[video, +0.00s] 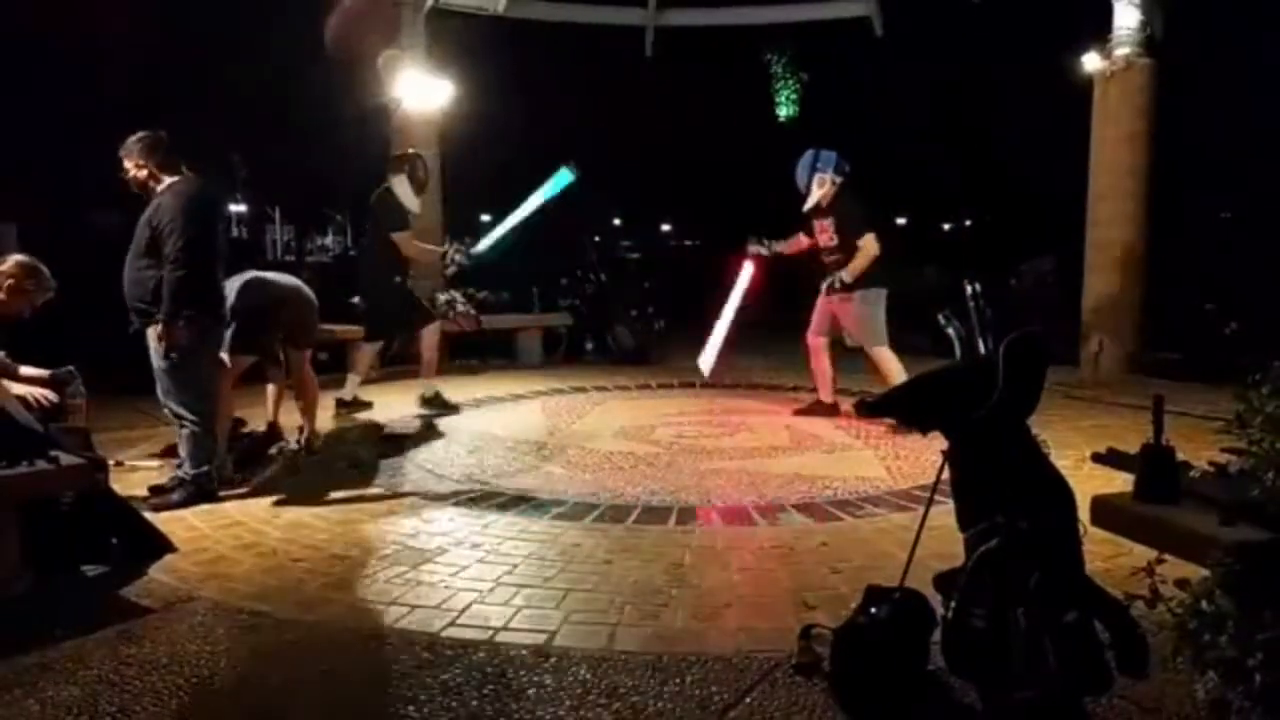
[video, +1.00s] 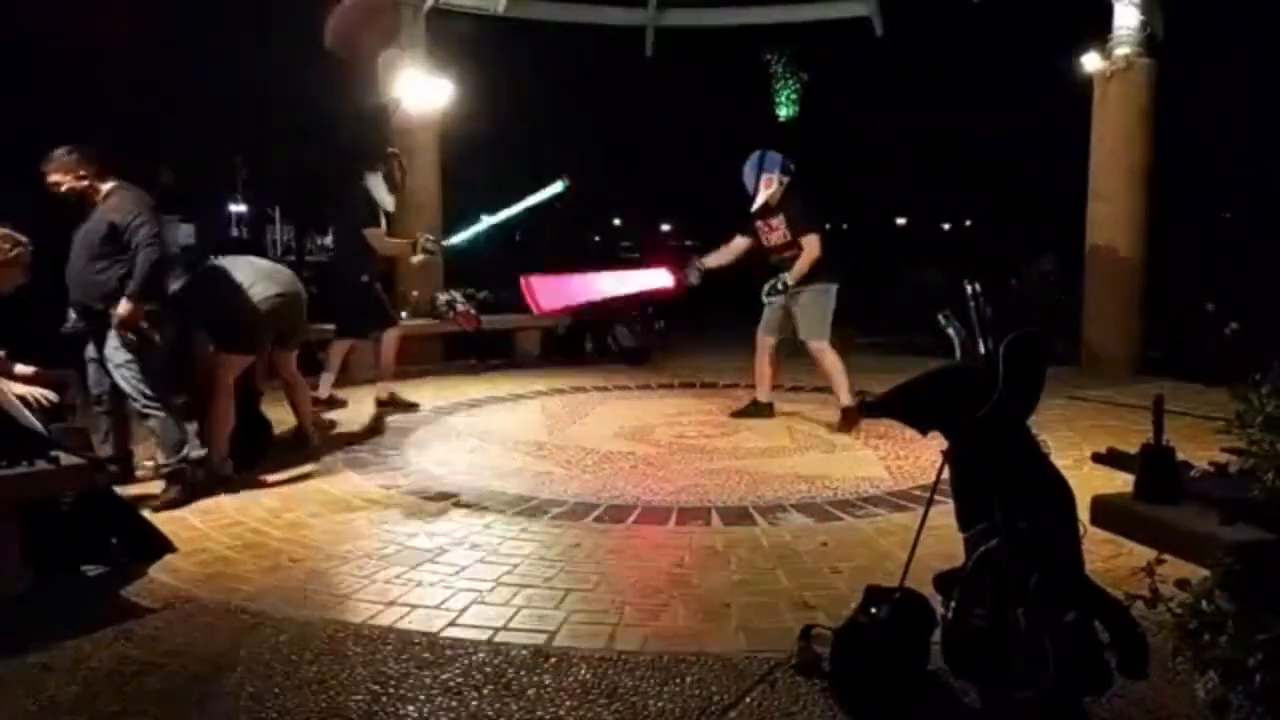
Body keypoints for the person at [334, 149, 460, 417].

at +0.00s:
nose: (425, 180)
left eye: (424, 174)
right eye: (421, 173)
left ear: (399, 173)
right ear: (408, 173)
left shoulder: (391, 199)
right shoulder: (388, 201)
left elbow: (408, 245)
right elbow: (407, 247)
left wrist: (441, 252)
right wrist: (443, 253)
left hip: (379, 282)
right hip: (386, 284)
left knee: (373, 337)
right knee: (430, 324)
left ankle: (348, 394)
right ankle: (429, 391)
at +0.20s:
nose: (434, 180)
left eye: (433, 173)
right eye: (431, 173)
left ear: (405, 174)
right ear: (418, 174)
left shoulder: (398, 199)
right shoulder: (400, 201)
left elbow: (421, 247)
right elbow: (420, 250)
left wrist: (455, 251)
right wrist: (457, 253)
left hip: (387, 284)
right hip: (399, 285)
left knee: (381, 337)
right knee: (440, 328)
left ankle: (348, 394)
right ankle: (448, 394)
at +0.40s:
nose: (445, 177)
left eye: (443, 171)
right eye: (442, 171)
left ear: (414, 173)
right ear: (431, 173)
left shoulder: (404, 199)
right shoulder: (412, 204)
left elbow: (425, 247)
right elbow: (432, 251)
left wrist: (461, 253)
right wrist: (467, 258)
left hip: (388, 280)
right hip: (404, 282)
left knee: (386, 333)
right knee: (442, 328)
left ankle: (350, 389)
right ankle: (449, 395)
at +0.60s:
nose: (433, 186)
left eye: (431, 180)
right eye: (429, 180)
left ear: (405, 180)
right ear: (417, 181)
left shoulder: (391, 205)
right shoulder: (398, 208)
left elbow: (414, 250)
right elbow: (417, 253)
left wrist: (452, 254)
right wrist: (455, 256)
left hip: (382, 286)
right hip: (398, 287)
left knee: (376, 339)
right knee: (440, 327)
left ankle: (331, 390)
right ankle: (449, 395)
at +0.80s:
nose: (412, 188)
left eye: (412, 182)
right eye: (410, 181)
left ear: (387, 177)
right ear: (399, 178)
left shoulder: (376, 202)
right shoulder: (378, 205)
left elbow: (392, 248)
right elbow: (395, 250)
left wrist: (427, 252)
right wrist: (428, 249)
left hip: (365, 281)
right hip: (376, 283)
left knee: (358, 340)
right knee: (412, 332)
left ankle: (325, 392)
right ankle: (440, 391)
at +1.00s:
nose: (392, 177)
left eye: (393, 171)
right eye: (388, 171)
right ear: (375, 170)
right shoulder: (361, 197)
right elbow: (378, 243)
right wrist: (415, 246)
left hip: (347, 272)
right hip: (358, 274)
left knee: (346, 332)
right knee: (391, 327)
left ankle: (323, 391)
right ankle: (384, 391)